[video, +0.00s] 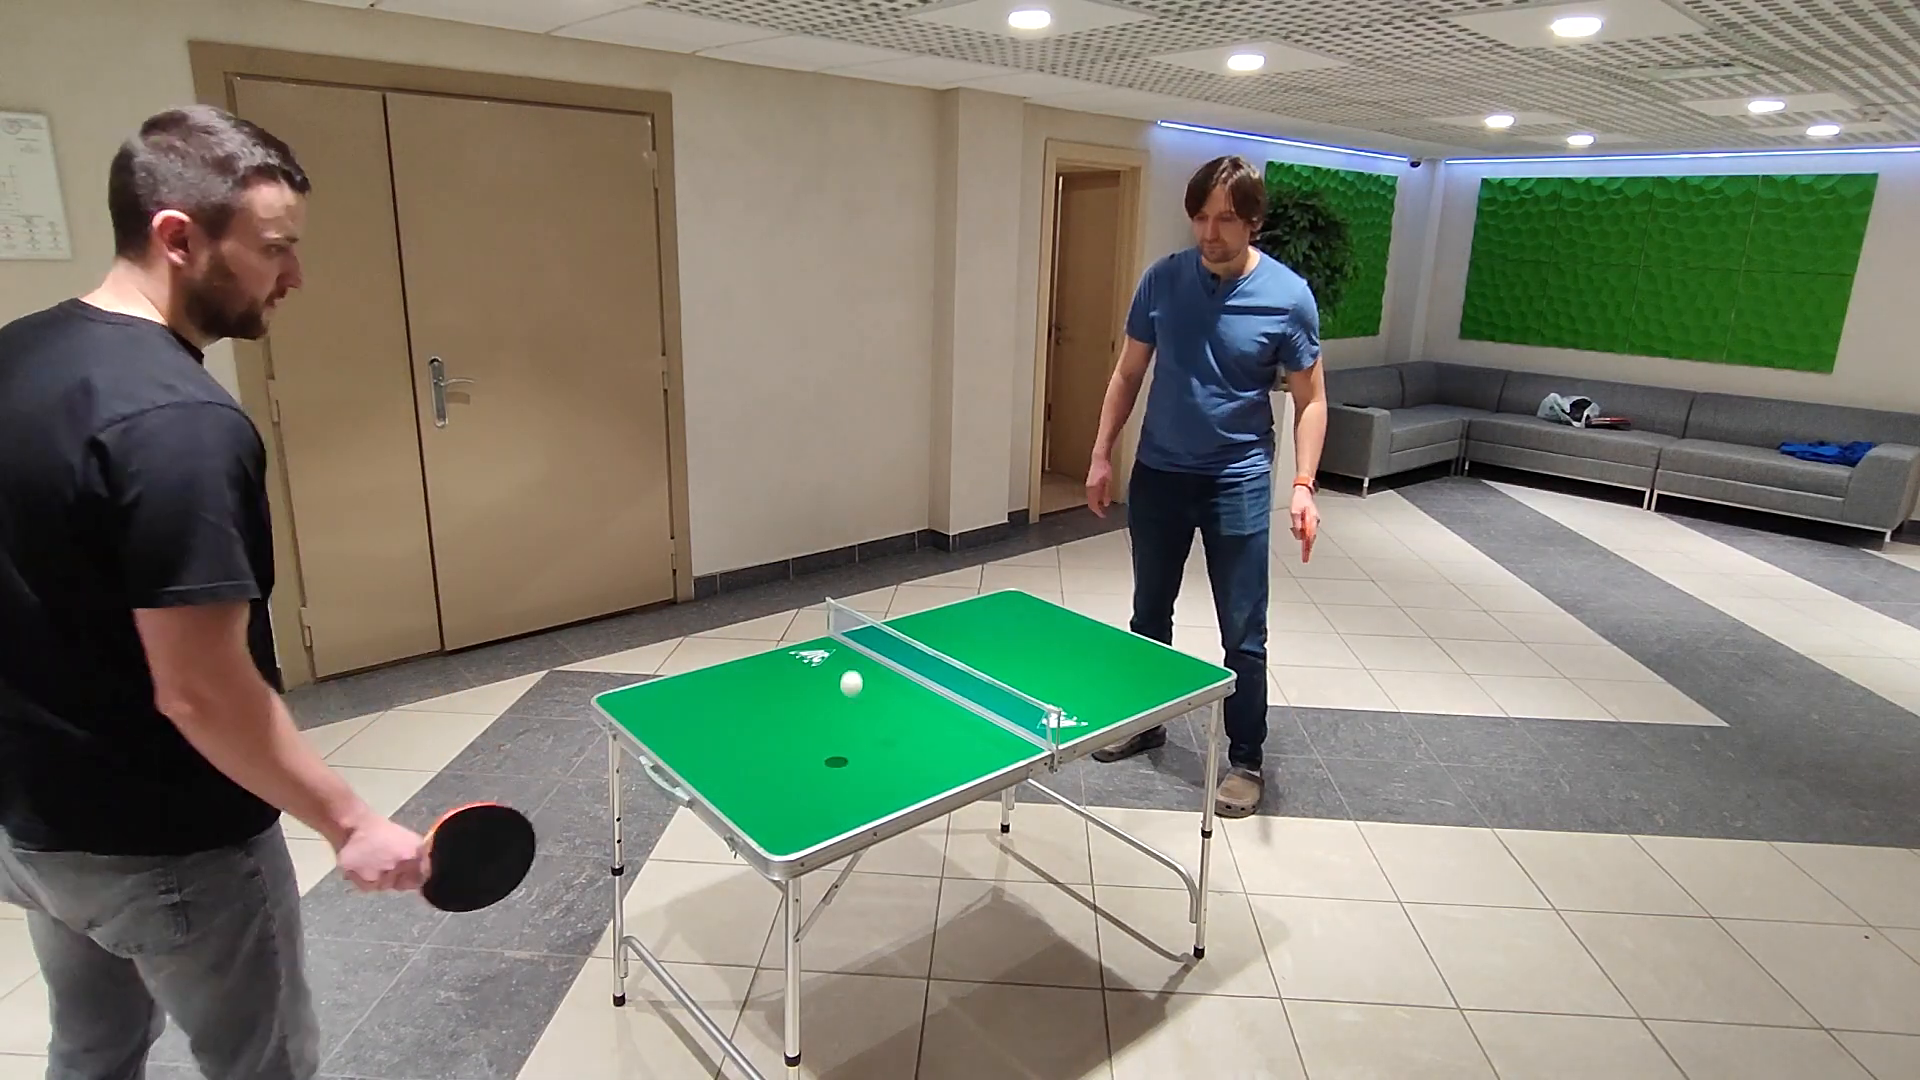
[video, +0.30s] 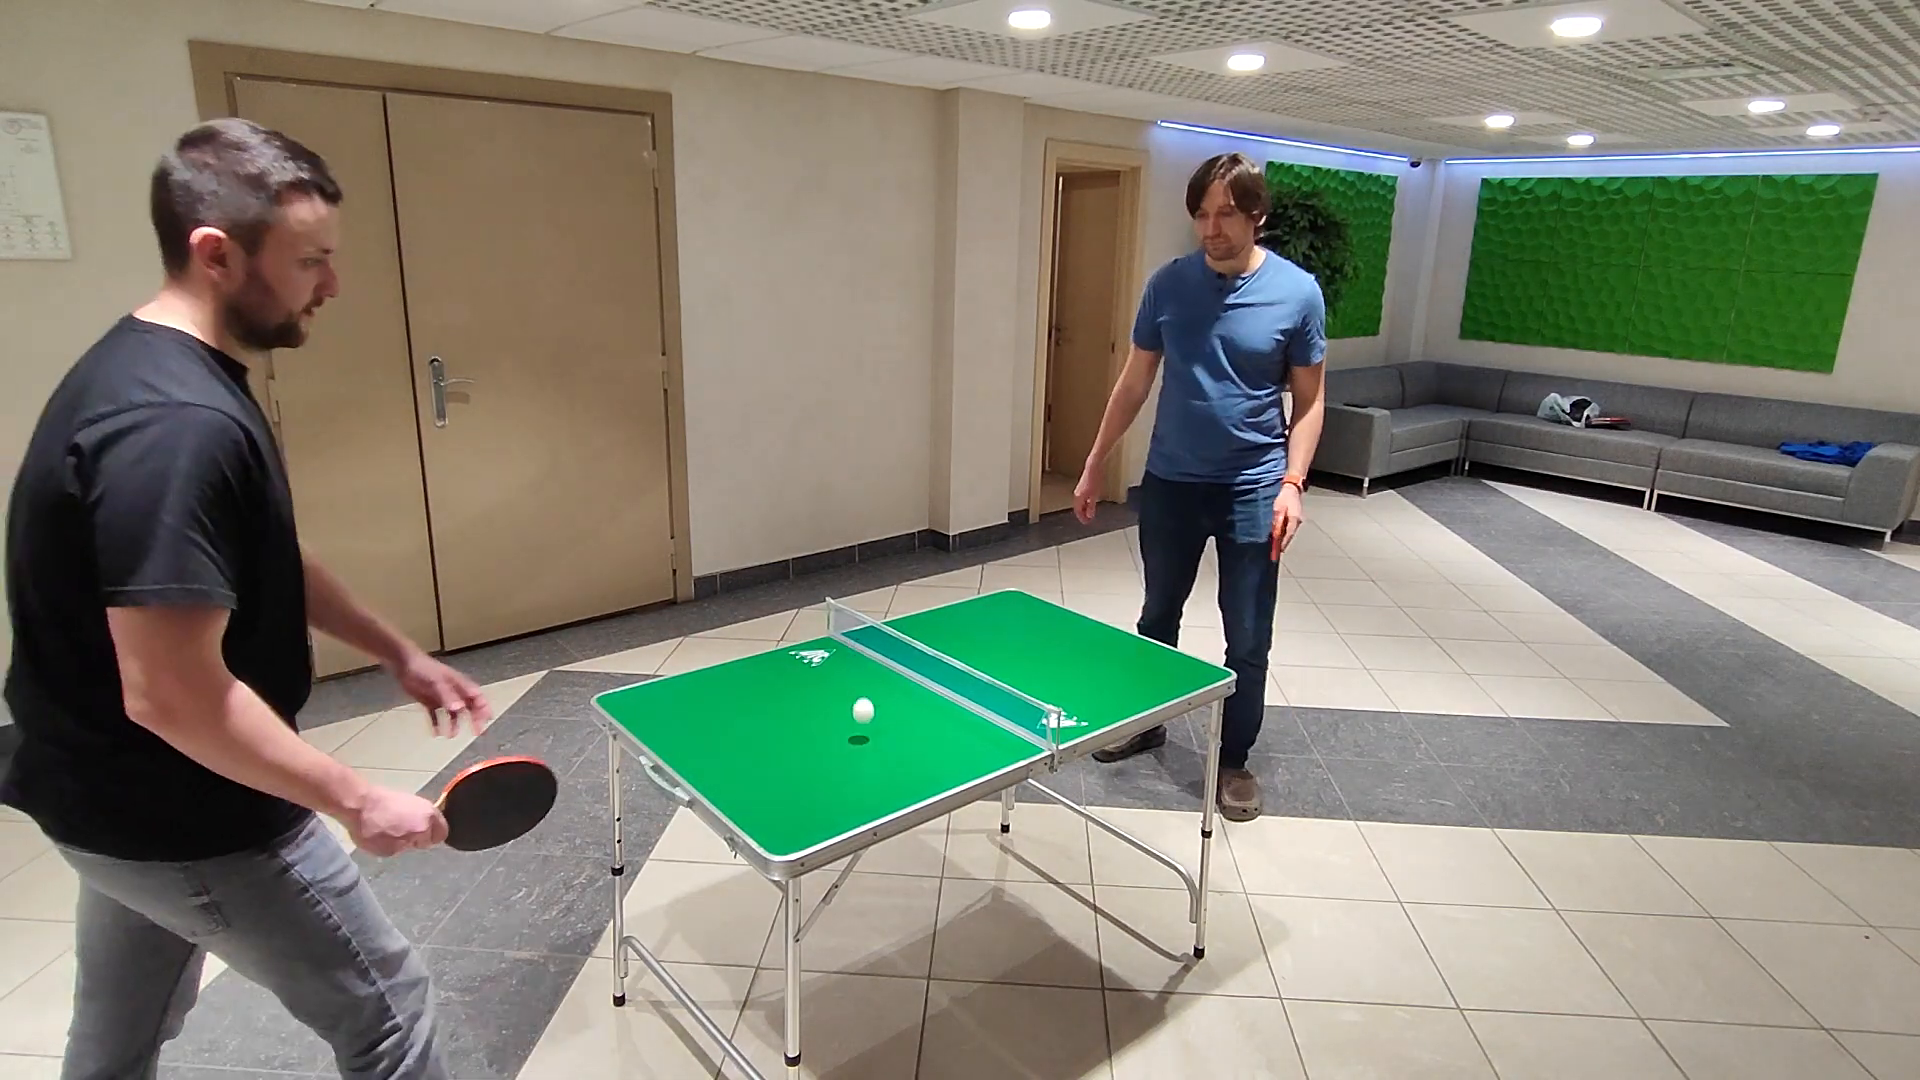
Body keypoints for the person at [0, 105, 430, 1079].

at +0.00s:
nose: (295, 277)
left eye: (294, 248)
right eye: (278, 246)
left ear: (171, 239)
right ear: (177, 239)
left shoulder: (18, 352)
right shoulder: (182, 422)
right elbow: (204, 688)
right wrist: (348, 822)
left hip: (36, 821)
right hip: (176, 847)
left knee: (90, 1056)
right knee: (269, 1063)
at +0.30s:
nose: (333, 287)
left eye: (331, 258)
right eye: (313, 259)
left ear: (213, 256)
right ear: (216, 254)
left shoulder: (165, 366)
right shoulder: (177, 426)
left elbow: (266, 561)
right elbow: (174, 692)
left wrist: (402, 656)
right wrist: (352, 795)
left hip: (121, 795)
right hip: (201, 820)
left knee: (115, 1038)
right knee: (389, 1011)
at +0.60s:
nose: (609, 390)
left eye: (612, 369)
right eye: (604, 369)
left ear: (523, 352)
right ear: (536, 359)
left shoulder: (433, 414)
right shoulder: (435, 489)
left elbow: (562, 546)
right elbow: (344, 735)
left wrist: (703, 613)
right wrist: (494, 854)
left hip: (246, 769)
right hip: (317, 808)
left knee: (217, 1021)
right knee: (515, 979)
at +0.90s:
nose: (750, 416)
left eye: (760, 398)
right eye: (752, 396)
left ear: (671, 354)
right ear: (698, 374)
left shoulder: (573, 410)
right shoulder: (583, 475)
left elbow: (637, 588)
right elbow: (450, 696)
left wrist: (707, 706)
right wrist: (537, 853)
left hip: (327, 711)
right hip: (403, 770)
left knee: (319, 945)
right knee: (542, 972)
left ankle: (232, 1078)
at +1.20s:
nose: (755, 385)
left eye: (761, 366)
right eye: (755, 365)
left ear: (688, 340)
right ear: (696, 347)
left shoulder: (583, 398)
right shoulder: (583, 453)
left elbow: (586, 580)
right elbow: (449, 671)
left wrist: (639, 707)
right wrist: (525, 841)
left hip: (374, 712)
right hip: (431, 757)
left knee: (393, 926)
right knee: (538, 972)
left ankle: (332, 1069)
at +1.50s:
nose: (654, 326)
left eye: (658, 305)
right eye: (645, 304)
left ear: (578, 297)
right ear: (576, 294)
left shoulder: (553, 397)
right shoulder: (467, 425)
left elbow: (553, 561)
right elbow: (347, 637)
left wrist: (620, 688)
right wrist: (420, 826)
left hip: (458, 724)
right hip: (427, 756)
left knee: (410, 921)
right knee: (518, 979)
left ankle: (361, 1066)